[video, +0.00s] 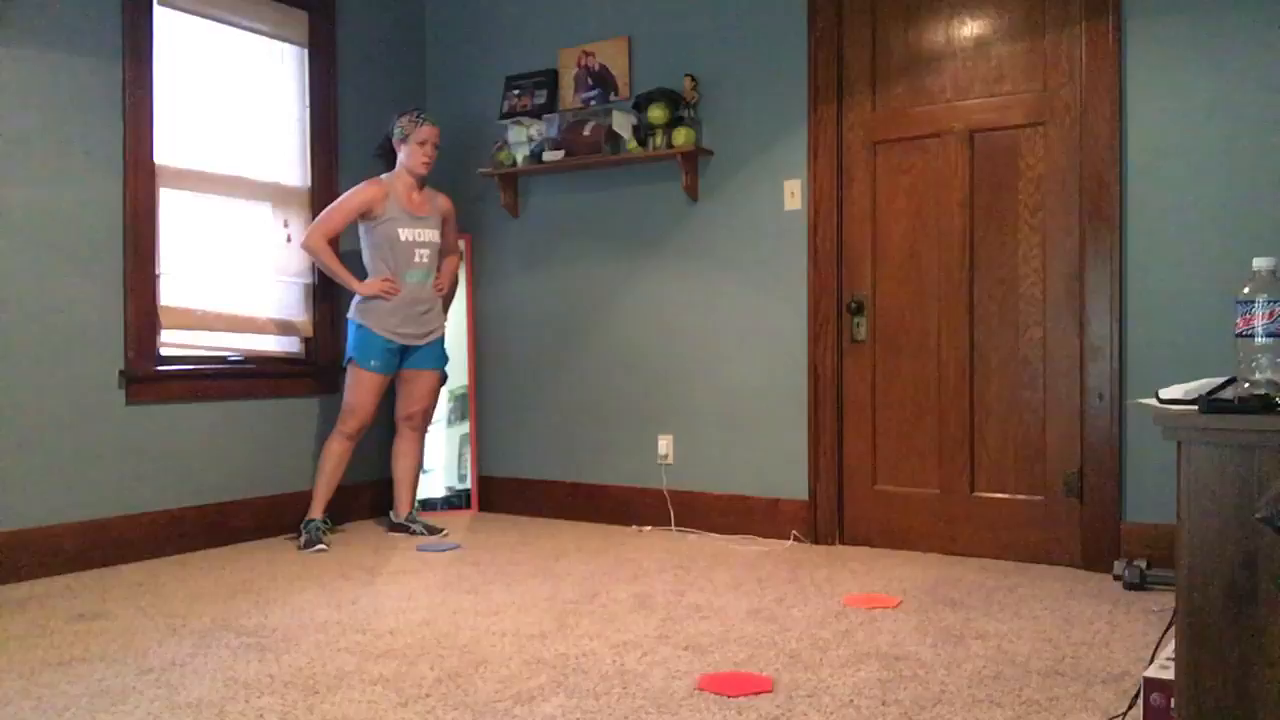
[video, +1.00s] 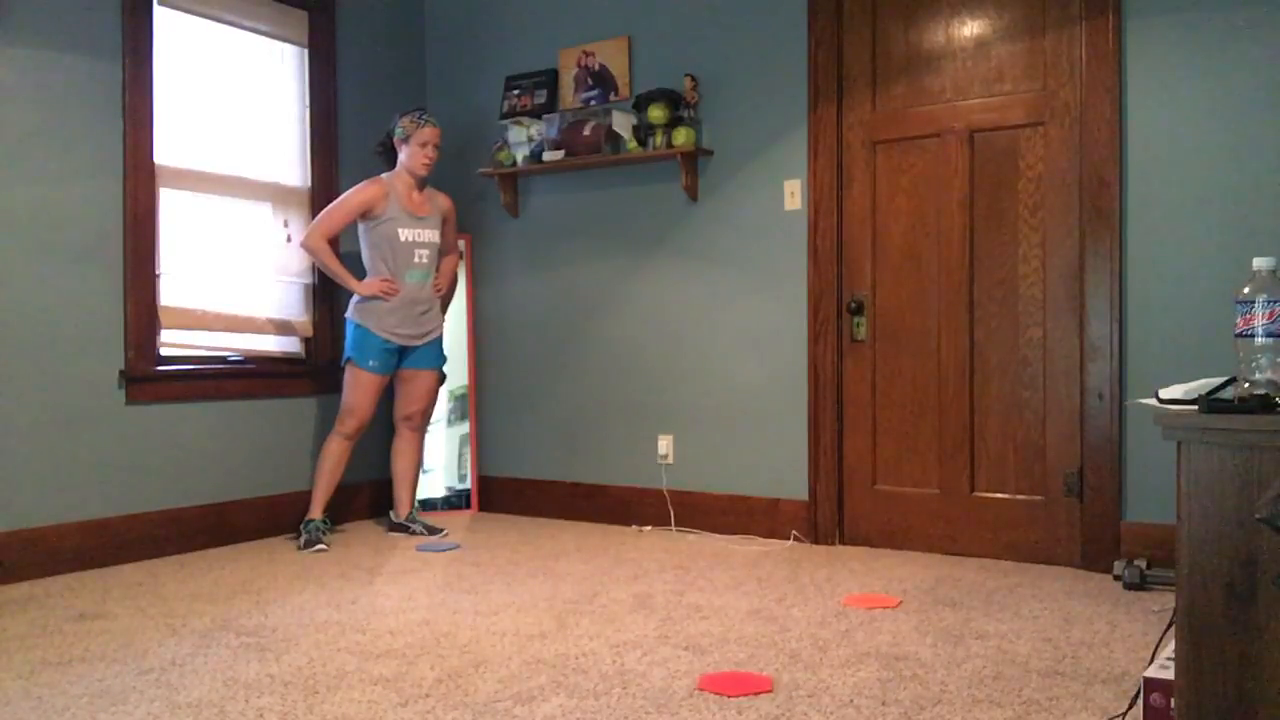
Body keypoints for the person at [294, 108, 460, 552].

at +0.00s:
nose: (431, 153)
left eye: (435, 146)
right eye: (423, 144)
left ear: (437, 153)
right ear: (400, 146)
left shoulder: (441, 204)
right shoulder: (374, 192)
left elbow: (452, 250)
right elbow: (313, 239)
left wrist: (447, 277)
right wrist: (358, 285)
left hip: (428, 327)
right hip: (376, 324)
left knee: (414, 421)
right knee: (352, 424)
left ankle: (402, 514)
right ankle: (314, 520)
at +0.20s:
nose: (430, 153)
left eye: (434, 146)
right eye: (422, 145)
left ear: (436, 152)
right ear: (399, 146)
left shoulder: (441, 204)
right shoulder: (374, 192)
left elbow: (451, 250)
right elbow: (313, 238)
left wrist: (448, 274)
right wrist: (357, 285)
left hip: (427, 328)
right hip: (376, 325)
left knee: (414, 420)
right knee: (352, 423)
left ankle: (402, 514)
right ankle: (314, 520)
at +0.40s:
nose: (430, 153)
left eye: (434, 146)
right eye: (421, 145)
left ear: (436, 152)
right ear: (399, 146)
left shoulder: (441, 204)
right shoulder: (373, 192)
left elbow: (451, 251)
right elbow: (312, 238)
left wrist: (447, 276)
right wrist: (357, 285)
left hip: (427, 326)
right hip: (375, 324)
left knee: (413, 420)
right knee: (351, 424)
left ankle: (402, 514)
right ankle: (315, 519)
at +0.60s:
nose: (430, 153)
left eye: (435, 147)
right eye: (422, 145)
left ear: (437, 152)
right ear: (399, 146)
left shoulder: (441, 203)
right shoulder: (373, 192)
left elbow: (451, 250)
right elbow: (312, 238)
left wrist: (447, 275)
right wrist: (356, 284)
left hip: (427, 327)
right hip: (375, 324)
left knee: (413, 420)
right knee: (351, 422)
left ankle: (403, 514)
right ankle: (314, 519)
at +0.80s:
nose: (431, 153)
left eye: (435, 147)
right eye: (423, 145)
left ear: (437, 153)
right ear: (400, 145)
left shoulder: (441, 203)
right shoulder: (374, 191)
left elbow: (451, 250)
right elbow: (313, 238)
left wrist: (446, 277)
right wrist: (357, 285)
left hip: (426, 326)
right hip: (375, 324)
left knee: (413, 420)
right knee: (351, 423)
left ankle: (403, 514)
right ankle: (314, 519)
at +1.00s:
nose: (431, 154)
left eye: (436, 147)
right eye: (424, 145)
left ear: (438, 153)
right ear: (401, 146)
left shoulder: (441, 203)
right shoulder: (375, 192)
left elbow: (451, 249)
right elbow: (313, 238)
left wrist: (447, 275)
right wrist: (357, 284)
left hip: (426, 326)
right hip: (375, 324)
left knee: (413, 421)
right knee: (351, 422)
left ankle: (402, 514)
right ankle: (314, 519)